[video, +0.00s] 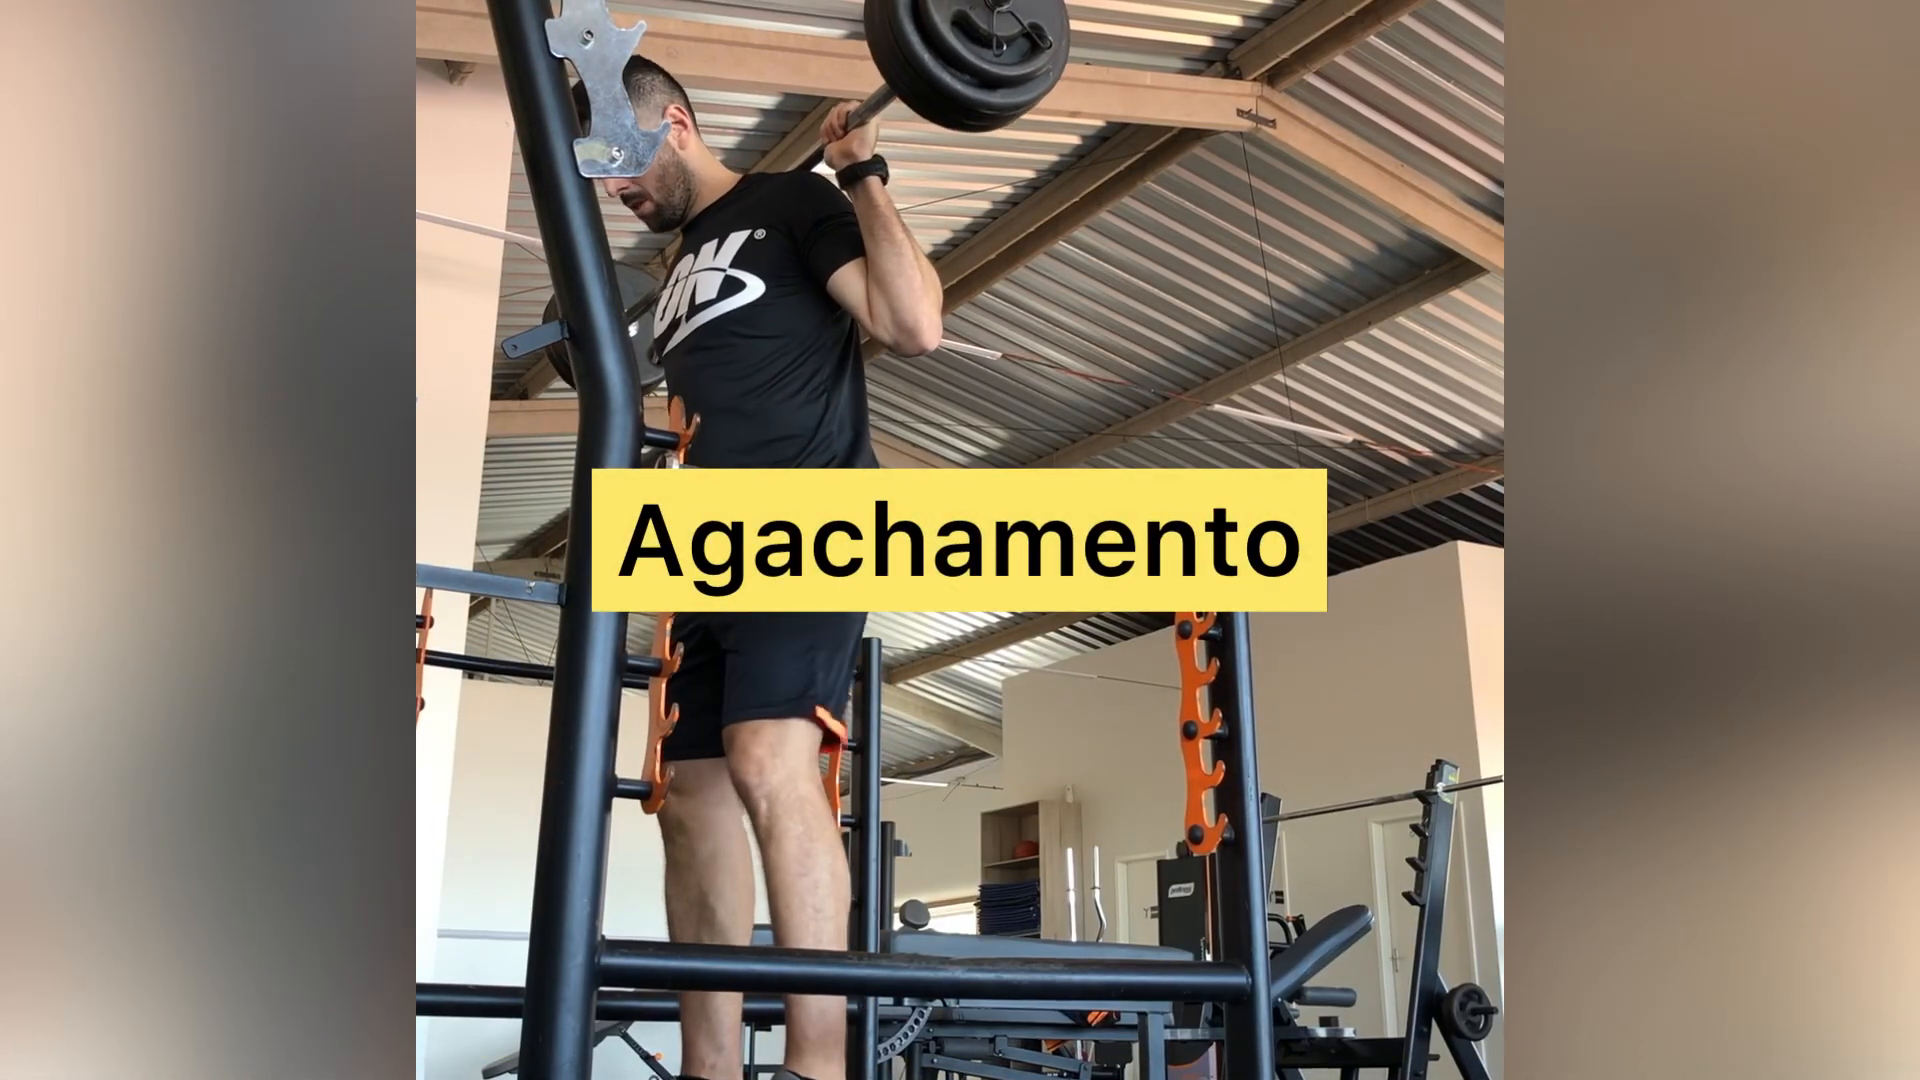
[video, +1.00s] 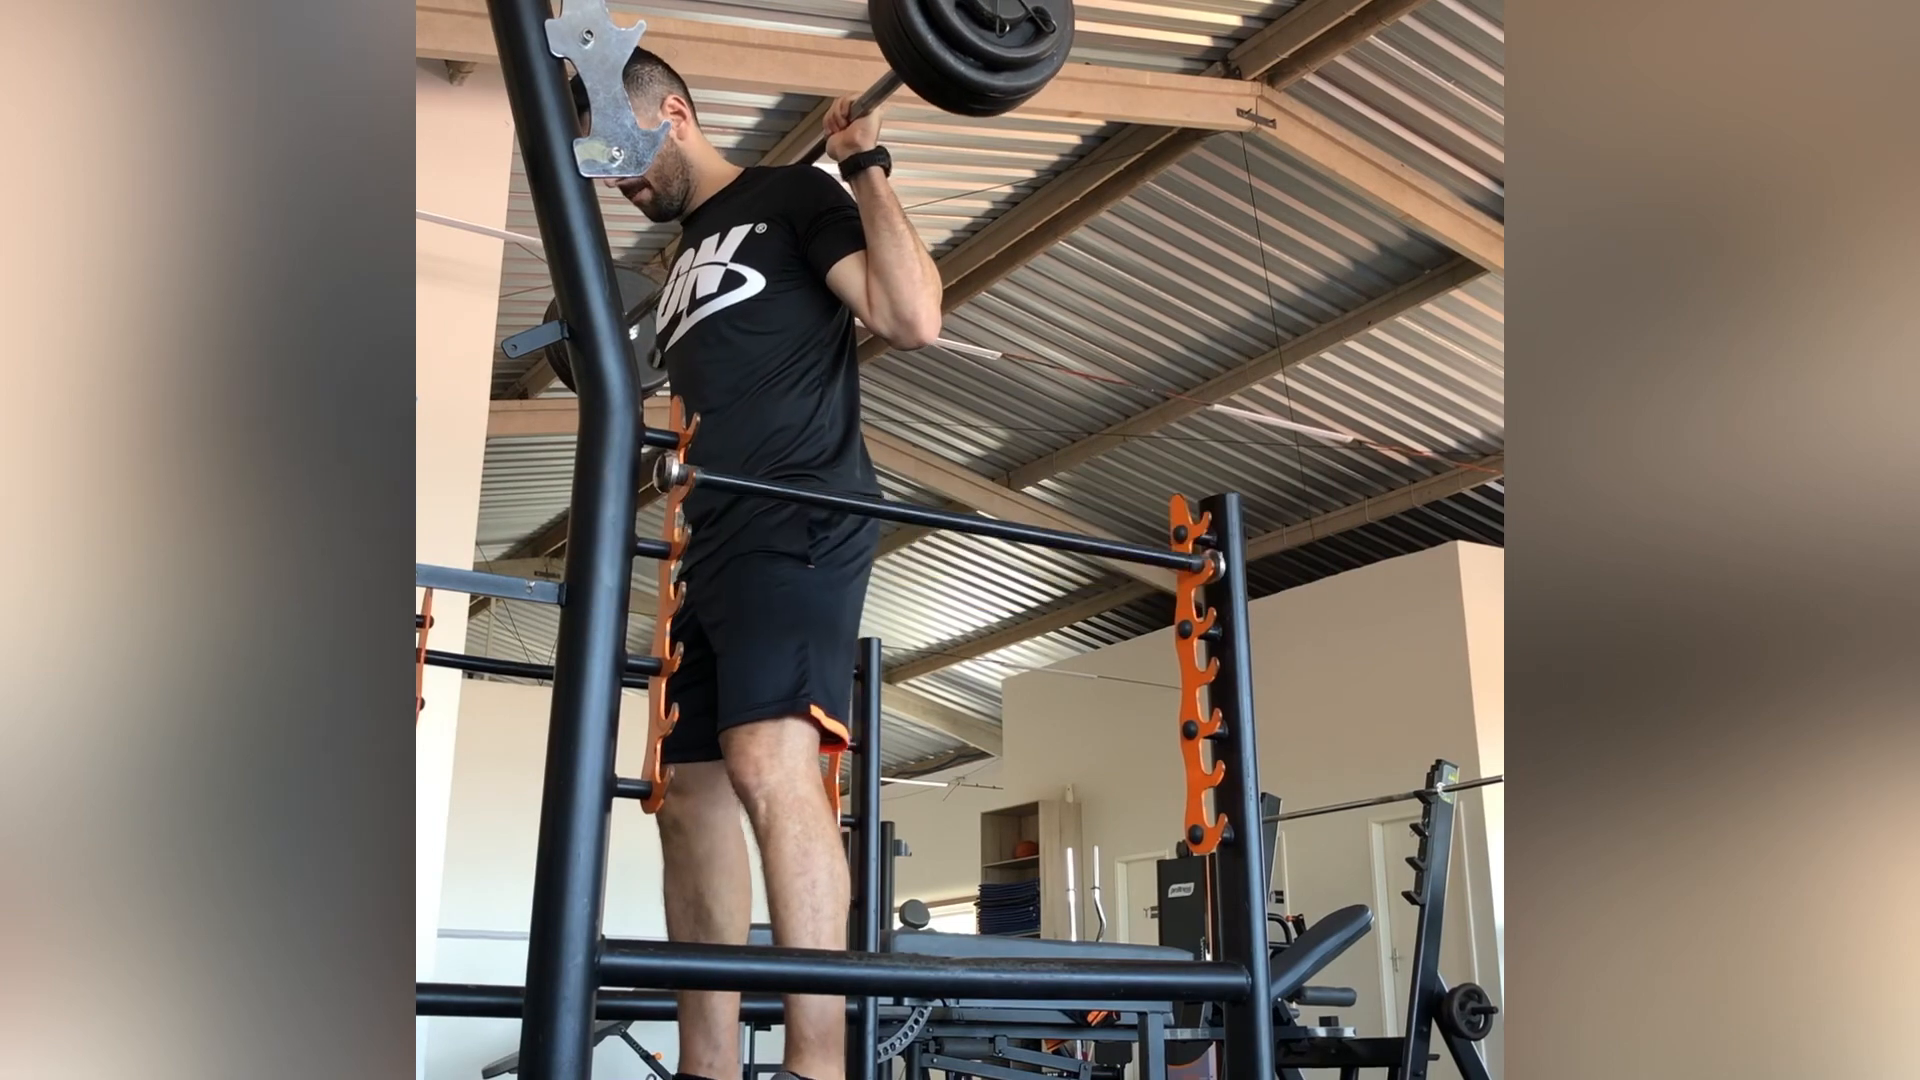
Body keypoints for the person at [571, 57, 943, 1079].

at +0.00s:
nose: (620, 187)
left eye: (629, 157)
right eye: (606, 172)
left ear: (680, 124)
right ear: (614, 172)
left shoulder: (793, 200)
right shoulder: (676, 276)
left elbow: (916, 326)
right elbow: (698, 433)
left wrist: (868, 182)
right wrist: (667, 581)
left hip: (808, 522)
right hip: (714, 539)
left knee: (769, 755)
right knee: (692, 789)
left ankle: (821, 1062)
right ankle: (711, 1066)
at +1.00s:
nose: (623, 181)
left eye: (630, 152)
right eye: (610, 166)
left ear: (679, 116)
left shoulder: (793, 194)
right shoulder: (685, 261)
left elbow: (915, 319)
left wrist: (869, 173)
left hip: (797, 514)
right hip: (719, 533)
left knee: (770, 756)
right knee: (691, 790)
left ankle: (821, 1063)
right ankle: (708, 1065)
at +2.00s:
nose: (631, 180)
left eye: (636, 149)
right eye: (618, 161)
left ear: (692, 113)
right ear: (672, 130)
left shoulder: (804, 190)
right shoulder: (684, 259)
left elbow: (916, 315)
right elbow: (700, 411)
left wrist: (867, 168)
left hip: (799, 521)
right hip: (711, 535)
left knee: (781, 762)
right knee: (697, 787)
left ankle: (826, 1063)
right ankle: (713, 1063)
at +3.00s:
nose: (624, 183)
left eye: (632, 154)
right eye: (611, 168)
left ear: (684, 120)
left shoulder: (799, 199)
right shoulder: (687, 270)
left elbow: (921, 321)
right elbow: (712, 415)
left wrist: (863, 174)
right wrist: (677, 455)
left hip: (819, 527)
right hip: (728, 543)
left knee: (788, 763)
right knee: (699, 788)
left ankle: (828, 1065)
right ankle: (708, 1066)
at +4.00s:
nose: (615, 183)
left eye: (626, 155)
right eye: (602, 168)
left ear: (680, 127)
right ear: (610, 171)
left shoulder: (790, 205)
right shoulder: (677, 277)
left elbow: (914, 332)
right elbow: (709, 421)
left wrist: (855, 184)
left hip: (817, 526)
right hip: (725, 546)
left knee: (758, 754)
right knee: (683, 789)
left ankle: (819, 1063)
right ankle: (699, 1068)